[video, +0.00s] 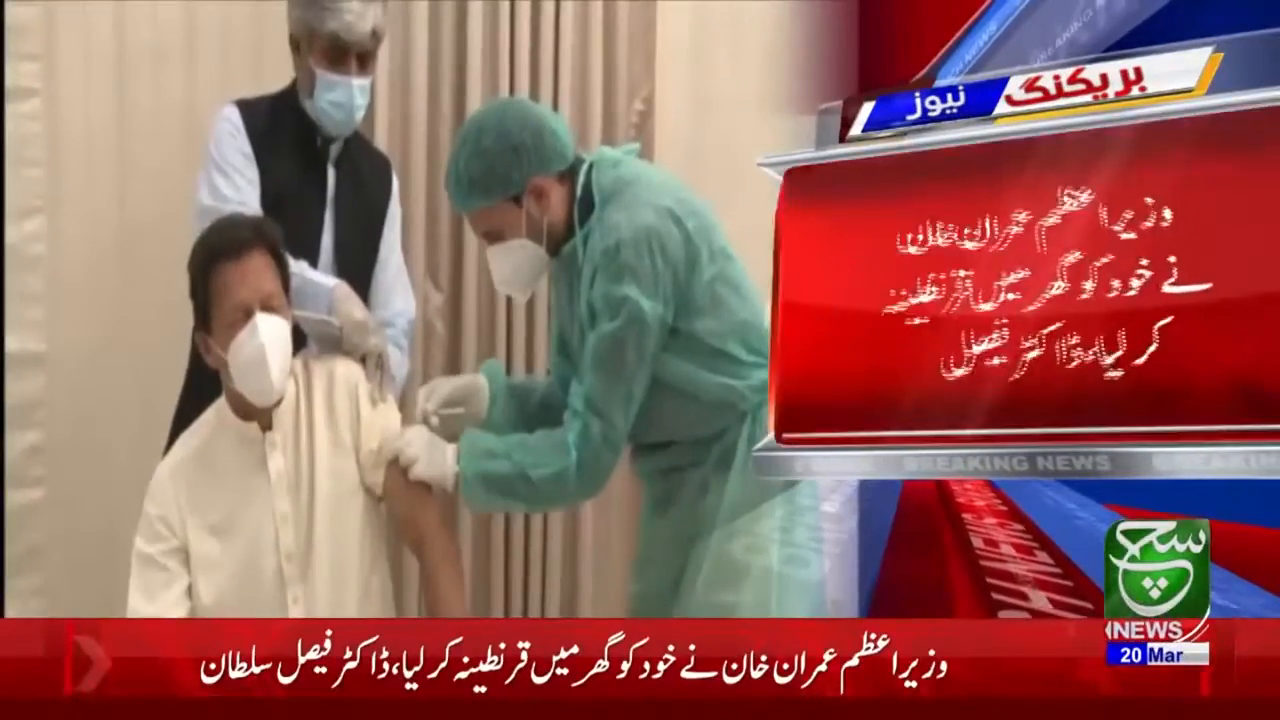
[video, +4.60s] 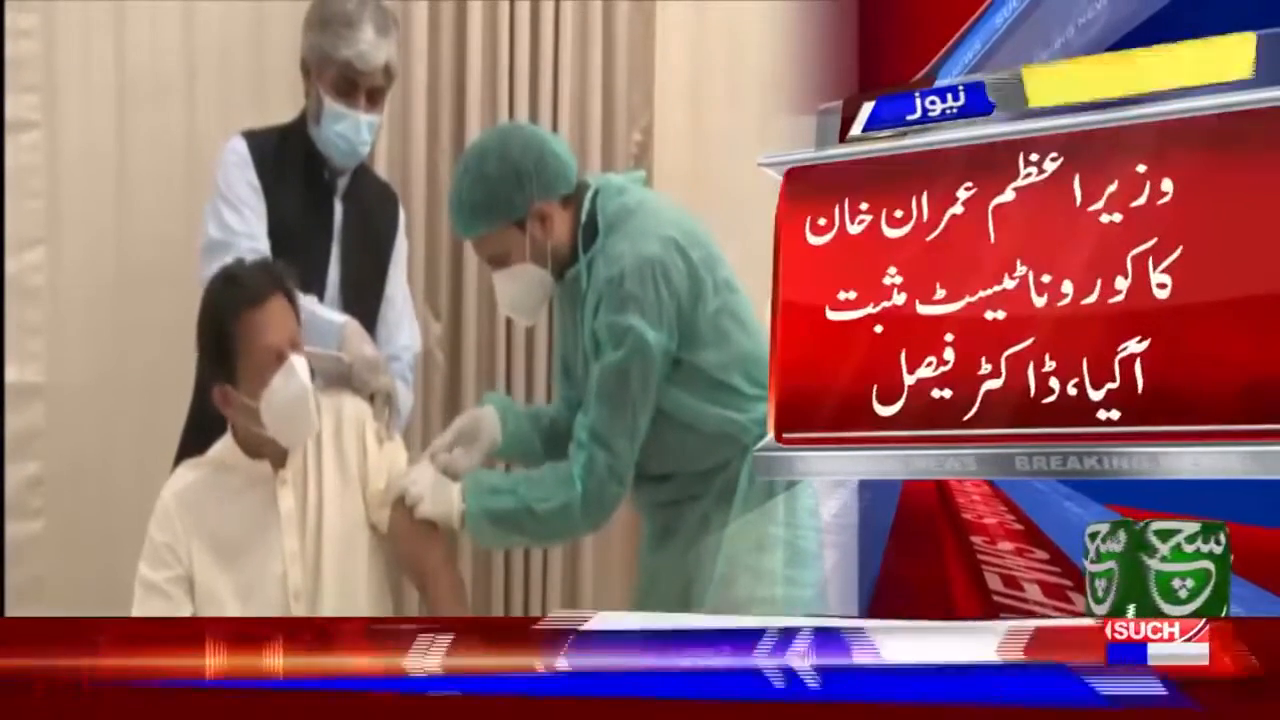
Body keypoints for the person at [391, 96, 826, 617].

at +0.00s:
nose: (493, 254)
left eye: (495, 236)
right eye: (484, 239)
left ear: (541, 195)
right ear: (542, 194)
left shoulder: (633, 231)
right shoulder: (582, 229)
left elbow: (587, 454)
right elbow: (575, 401)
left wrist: (458, 462)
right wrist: (488, 400)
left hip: (749, 461)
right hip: (678, 468)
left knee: (732, 656)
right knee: (654, 653)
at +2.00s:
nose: (496, 258)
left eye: (497, 241)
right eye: (487, 245)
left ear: (543, 202)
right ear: (544, 201)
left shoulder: (633, 239)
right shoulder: (582, 234)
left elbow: (589, 464)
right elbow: (566, 404)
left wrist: (457, 474)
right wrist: (482, 405)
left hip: (747, 475)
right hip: (677, 480)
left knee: (734, 664)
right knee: (656, 661)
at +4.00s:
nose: (498, 279)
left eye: (501, 260)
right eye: (489, 263)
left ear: (547, 220)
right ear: (547, 220)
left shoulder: (637, 262)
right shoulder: (584, 250)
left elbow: (593, 488)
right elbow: (575, 427)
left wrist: (459, 499)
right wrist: (494, 419)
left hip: (750, 492)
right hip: (678, 499)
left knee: (742, 676)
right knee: (664, 673)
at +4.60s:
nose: (499, 280)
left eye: (502, 262)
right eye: (489, 265)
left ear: (546, 221)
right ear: (546, 220)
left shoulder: (636, 262)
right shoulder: (583, 253)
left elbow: (592, 489)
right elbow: (579, 429)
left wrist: (459, 500)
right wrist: (500, 428)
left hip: (751, 495)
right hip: (677, 501)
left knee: (744, 686)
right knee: (663, 684)